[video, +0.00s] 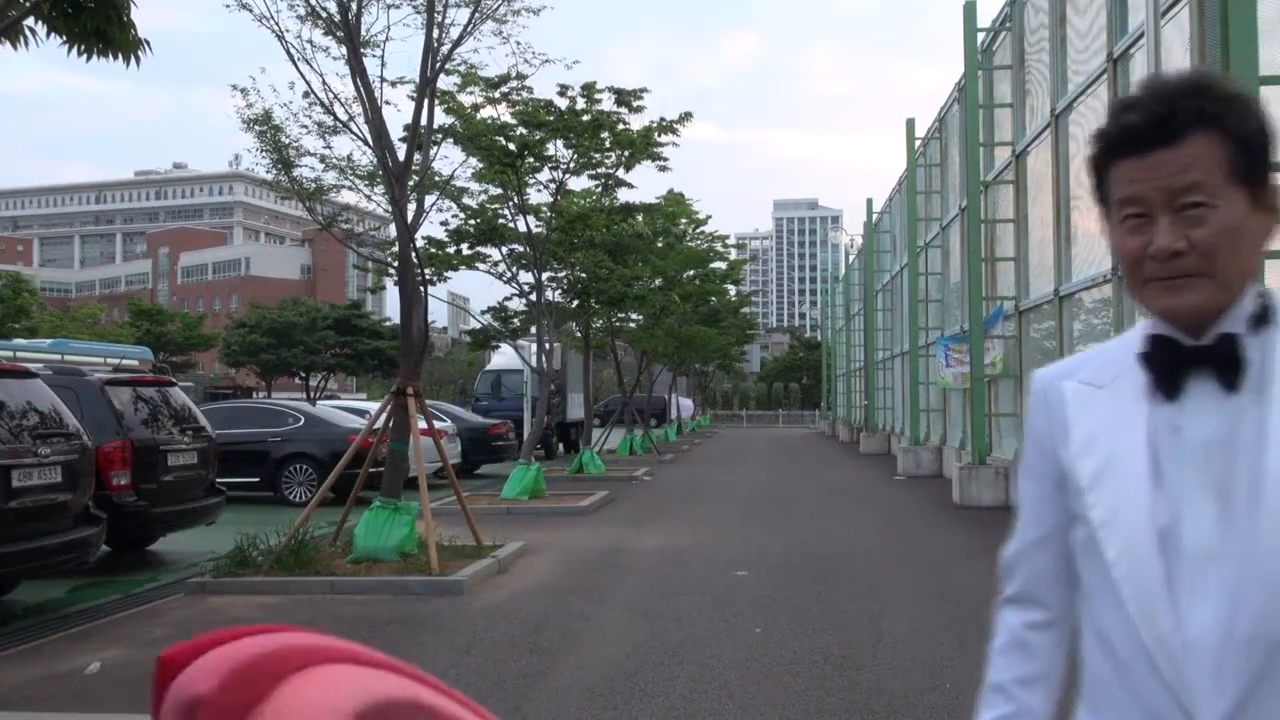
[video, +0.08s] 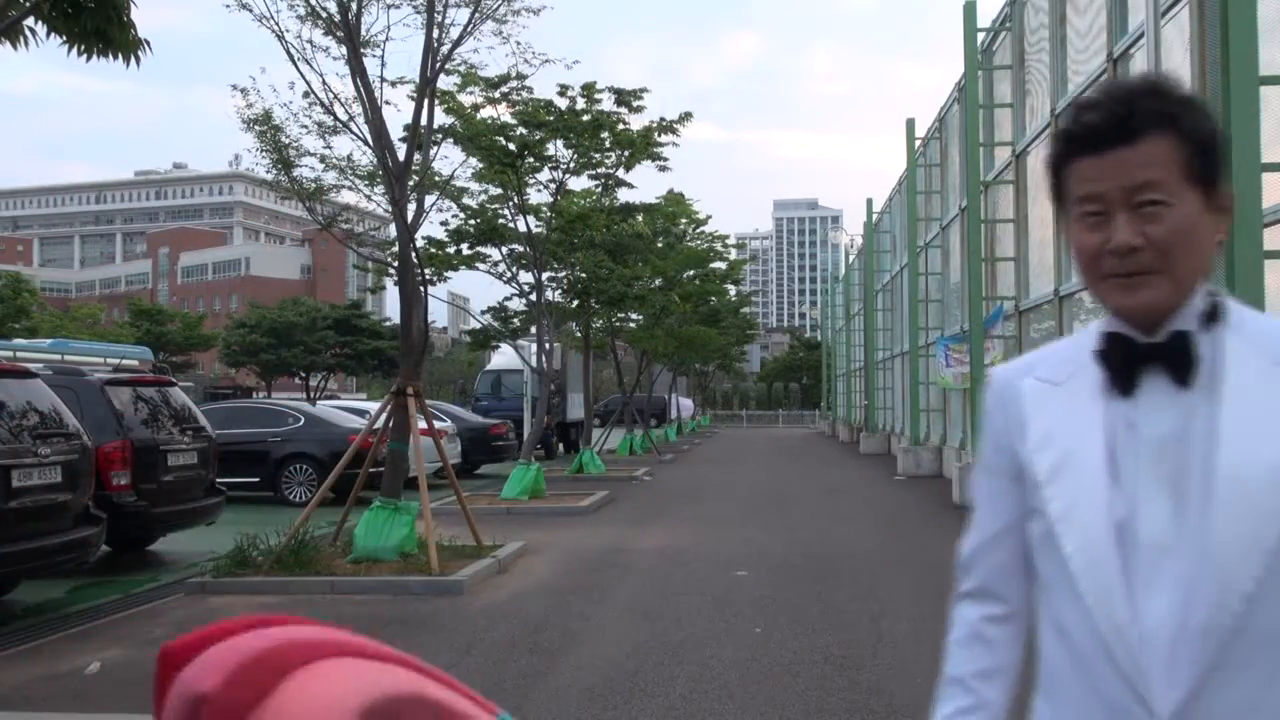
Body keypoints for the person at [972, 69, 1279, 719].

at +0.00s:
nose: (1165, 243)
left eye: (1194, 208)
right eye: (1136, 218)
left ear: (1266, 211)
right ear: (1110, 234)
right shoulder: (1065, 398)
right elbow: (1032, 617)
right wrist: (1006, 713)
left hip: (1265, 702)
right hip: (1122, 707)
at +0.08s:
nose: (1121, 239)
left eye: (1149, 206)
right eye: (1092, 214)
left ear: (1218, 213)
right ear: (1066, 233)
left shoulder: (1273, 367)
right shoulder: (1021, 395)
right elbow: (988, 607)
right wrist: (964, 711)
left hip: (1249, 703)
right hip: (1079, 707)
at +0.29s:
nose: (1043, 236)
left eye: (1067, 204)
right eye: (1013, 215)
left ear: (1126, 214)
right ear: (986, 240)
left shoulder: (1254, 373)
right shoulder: (946, 396)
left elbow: (1273, 600)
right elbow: (914, 604)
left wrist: (1268, 704)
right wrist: (890, 710)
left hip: (1210, 706)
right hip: (1016, 707)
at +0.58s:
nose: (956, 246)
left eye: (979, 214)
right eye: (930, 226)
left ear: (1040, 221)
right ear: (909, 249)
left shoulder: (1164, 362)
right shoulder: (879, 404)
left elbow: (1223, 592)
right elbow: (869, 613)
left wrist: (1251, 708)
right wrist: (868, 711)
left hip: (1150, 703)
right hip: (969, 706)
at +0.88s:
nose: (874, 267)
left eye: (895, 235)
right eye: (867, 243)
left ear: (990, 227)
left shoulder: (1145, 362)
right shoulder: (865, 405)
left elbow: (1207, 601)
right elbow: (859, 614)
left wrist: (1234, 712)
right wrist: (855, 711)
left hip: (1127, 705)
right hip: (952, 707)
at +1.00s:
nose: (872, 274)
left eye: (888, 243)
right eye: (864, 250)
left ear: (983, 225)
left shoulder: (1143, 366)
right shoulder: (874, 401)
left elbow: (1209, 613)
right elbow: (862, 607)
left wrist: (1232, 712)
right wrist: (843, 710)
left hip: (1119, 705)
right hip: (946, 706)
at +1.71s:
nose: (923, 228)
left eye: (939, 195)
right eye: (927, 198)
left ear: (1041, 201)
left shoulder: (1159, 381)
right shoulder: (960, 367)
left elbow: (1161, 691)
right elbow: (907, 633)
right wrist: (876, 709)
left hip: (1038, 709)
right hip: (908, 703)